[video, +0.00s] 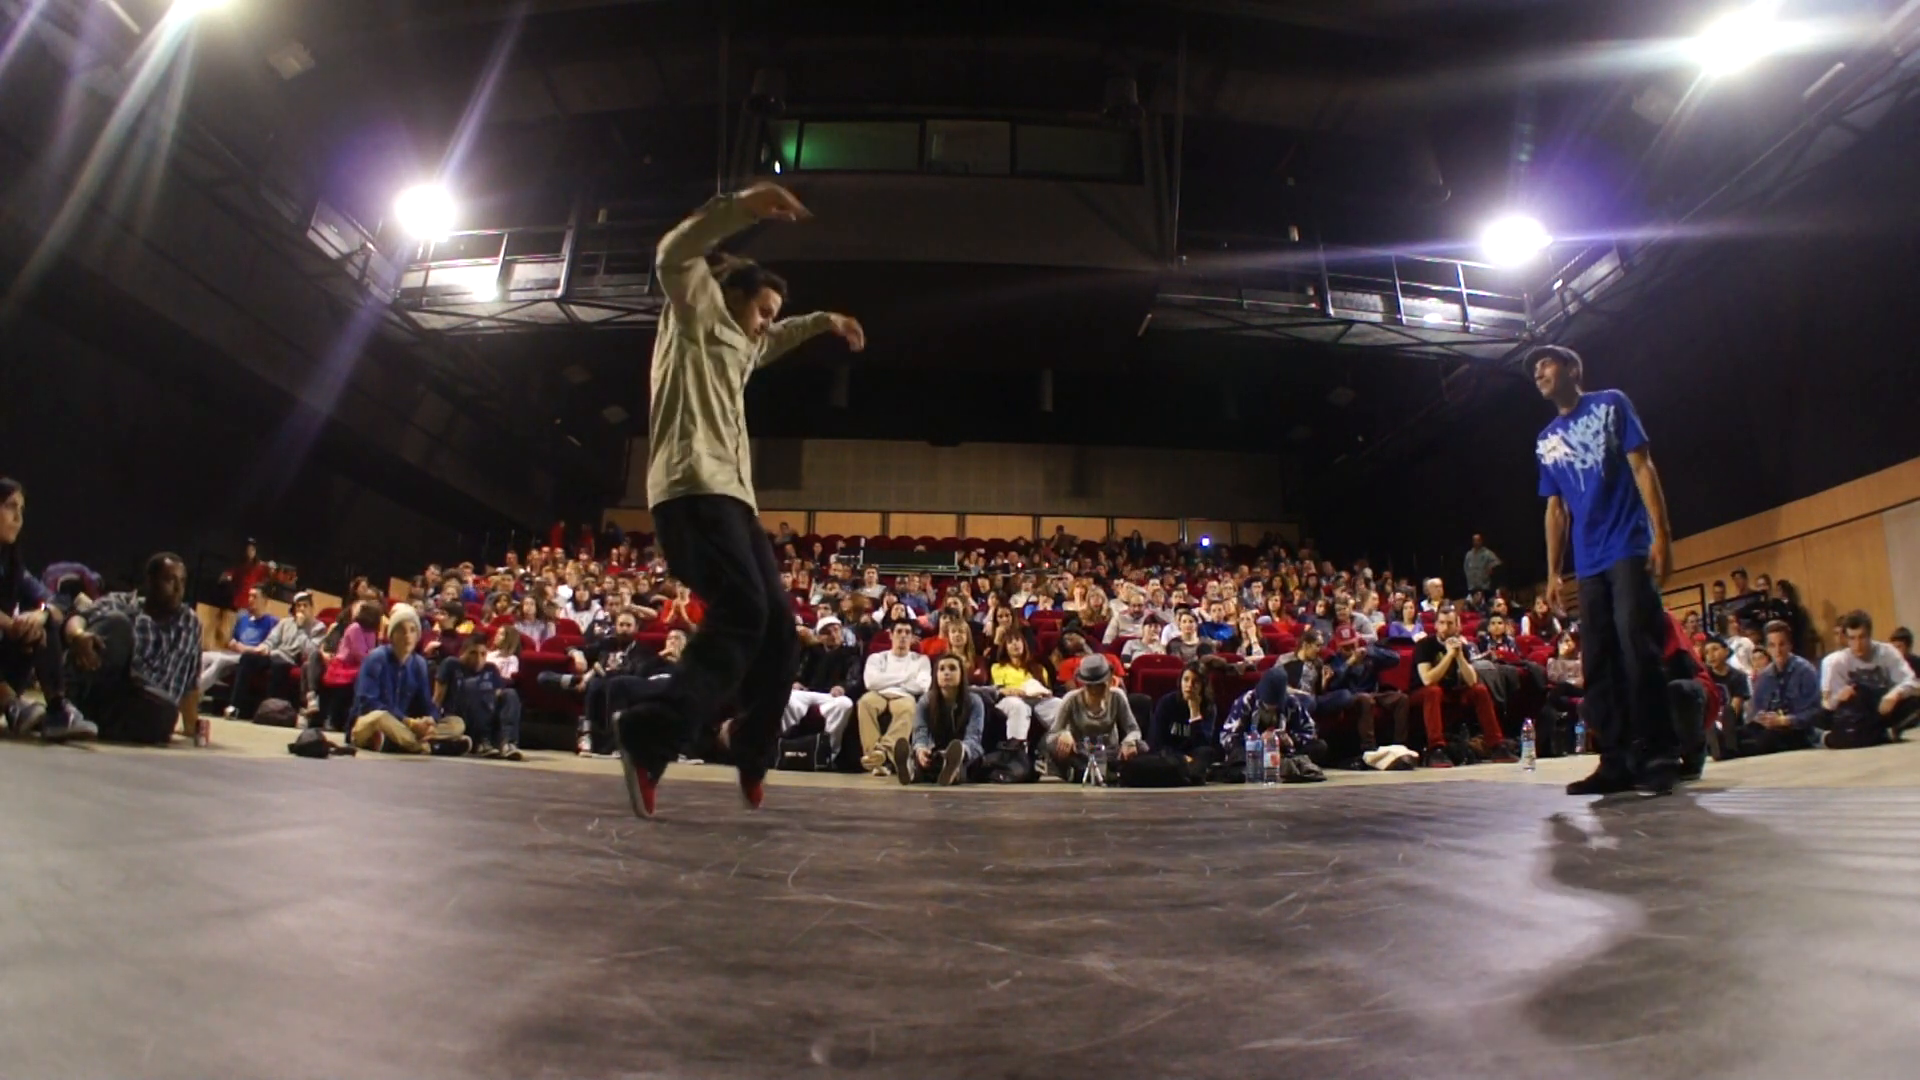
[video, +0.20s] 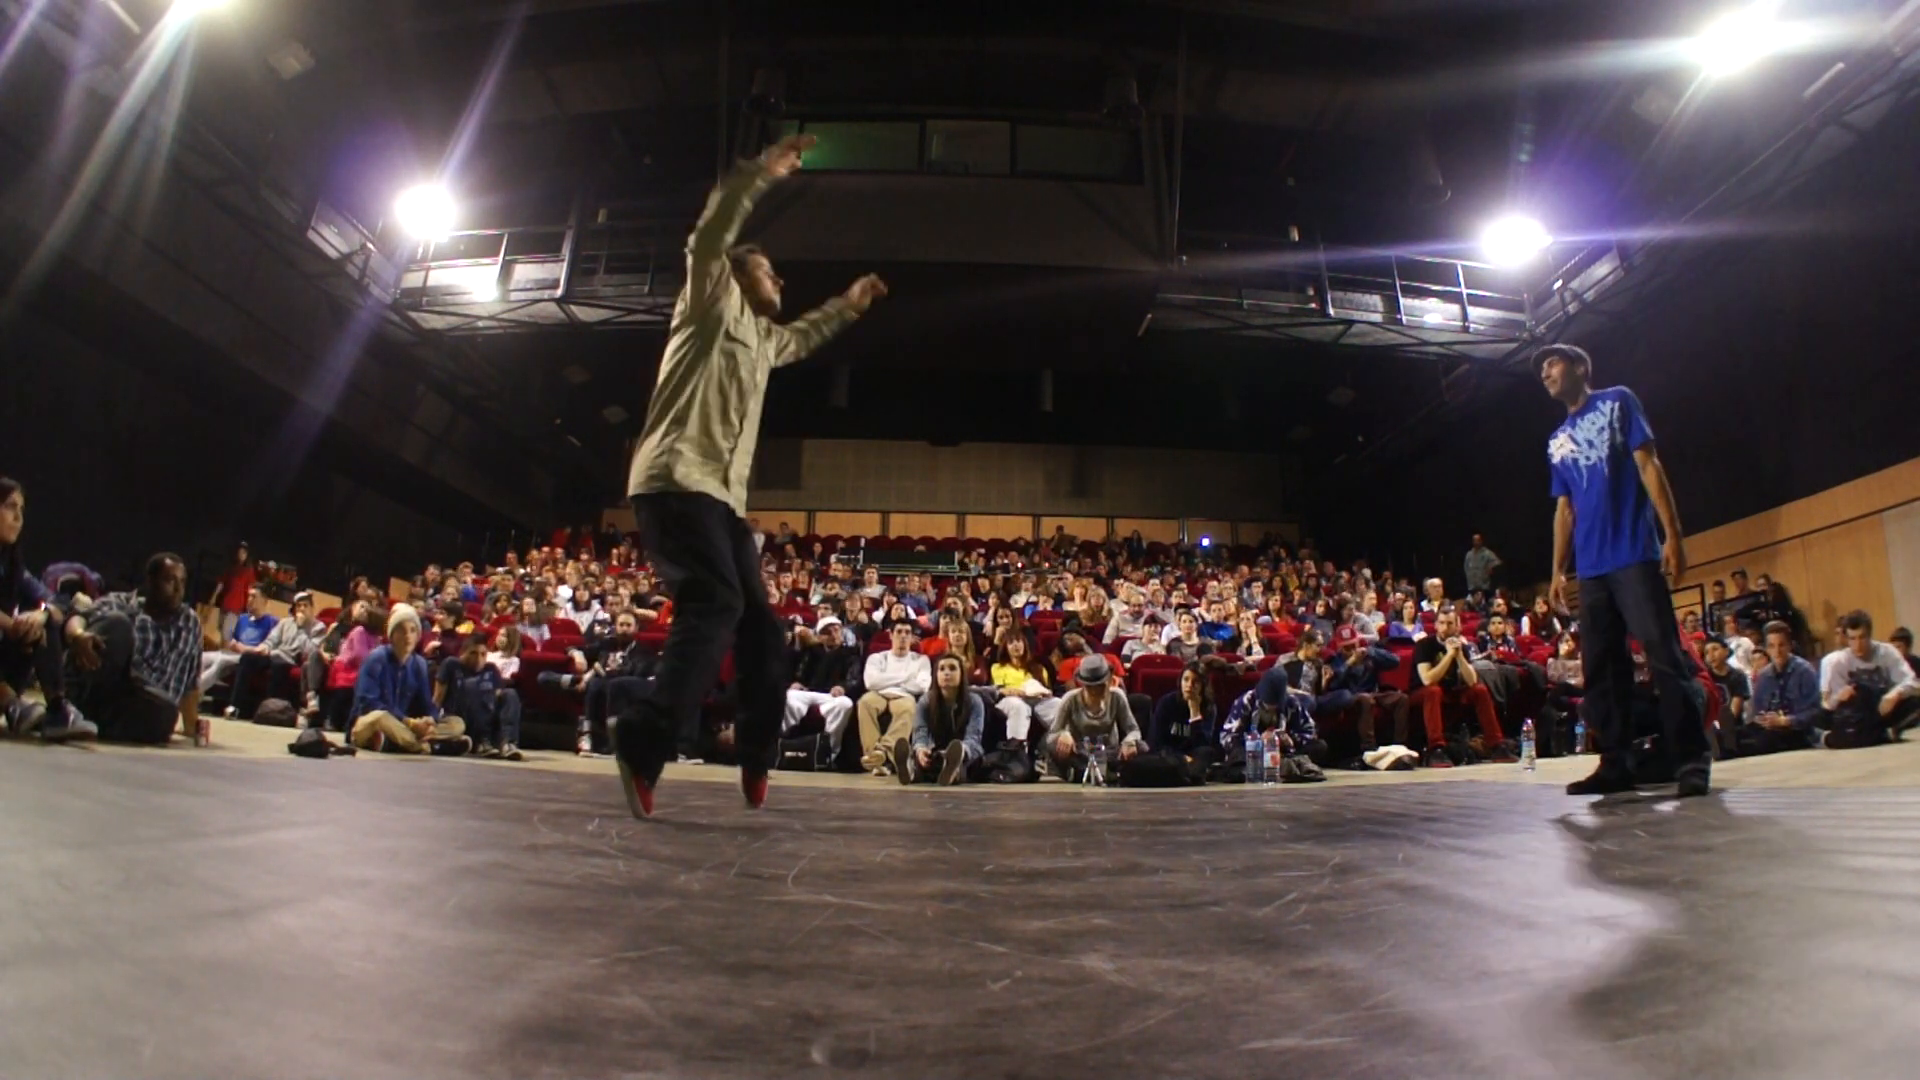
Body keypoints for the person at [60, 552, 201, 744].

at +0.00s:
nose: (178, 589)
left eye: (182, 582)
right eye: (170, 581)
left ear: (186, 585)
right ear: (151, 581)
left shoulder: (191, 623)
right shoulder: (122, 603)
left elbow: (190, 685)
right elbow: (76, 620)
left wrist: (191, 731)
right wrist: (78, 636)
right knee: (117, 625)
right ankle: (67, 709)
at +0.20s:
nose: (178, 589)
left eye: (182, 583)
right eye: (170, 581)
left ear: (186, 586)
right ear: (151, 581)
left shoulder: (190, 623)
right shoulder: (122, 603)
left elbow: (190, 685)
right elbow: (77, 619)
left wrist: (191, 732)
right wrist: (78, 636)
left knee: (161, 719)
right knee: (116, 625)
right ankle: (69, 710)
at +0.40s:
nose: (177, 589)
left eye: (182, 582)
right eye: (169, 581)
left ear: (186, 585)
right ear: (151, 581)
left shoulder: (190, 623)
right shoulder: (123, 603)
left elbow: (190, 684)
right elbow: (77, 619)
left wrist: (191, 732)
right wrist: (78, 635)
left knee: (162, 717)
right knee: (117, 625)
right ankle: (67, 709)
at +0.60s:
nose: (178, 589)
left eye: (181, 582)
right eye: (170, 580)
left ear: (185, 585)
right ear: (152, 581)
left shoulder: (190, 623)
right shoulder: (127, 603)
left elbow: (190, 685)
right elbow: (82, 608)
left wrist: (191, 732)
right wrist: (84, 622)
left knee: (161, 719)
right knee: (118, 625)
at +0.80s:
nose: (176, 586)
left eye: (181, 580)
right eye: (170, 578)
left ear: (185, 584)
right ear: (152, 580)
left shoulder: (191, 621)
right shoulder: (131, 610)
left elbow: (190, 678)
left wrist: (191, 727)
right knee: (116, 622)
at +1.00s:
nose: (176, 585)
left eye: (180, 580)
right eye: (168, 577)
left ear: (185, 585)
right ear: (152, 579)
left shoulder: (190, 621)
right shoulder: (131, 606)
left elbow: (190, 683)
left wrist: (191, 730)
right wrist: (121, 565)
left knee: (161, 718)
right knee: (117, 622)